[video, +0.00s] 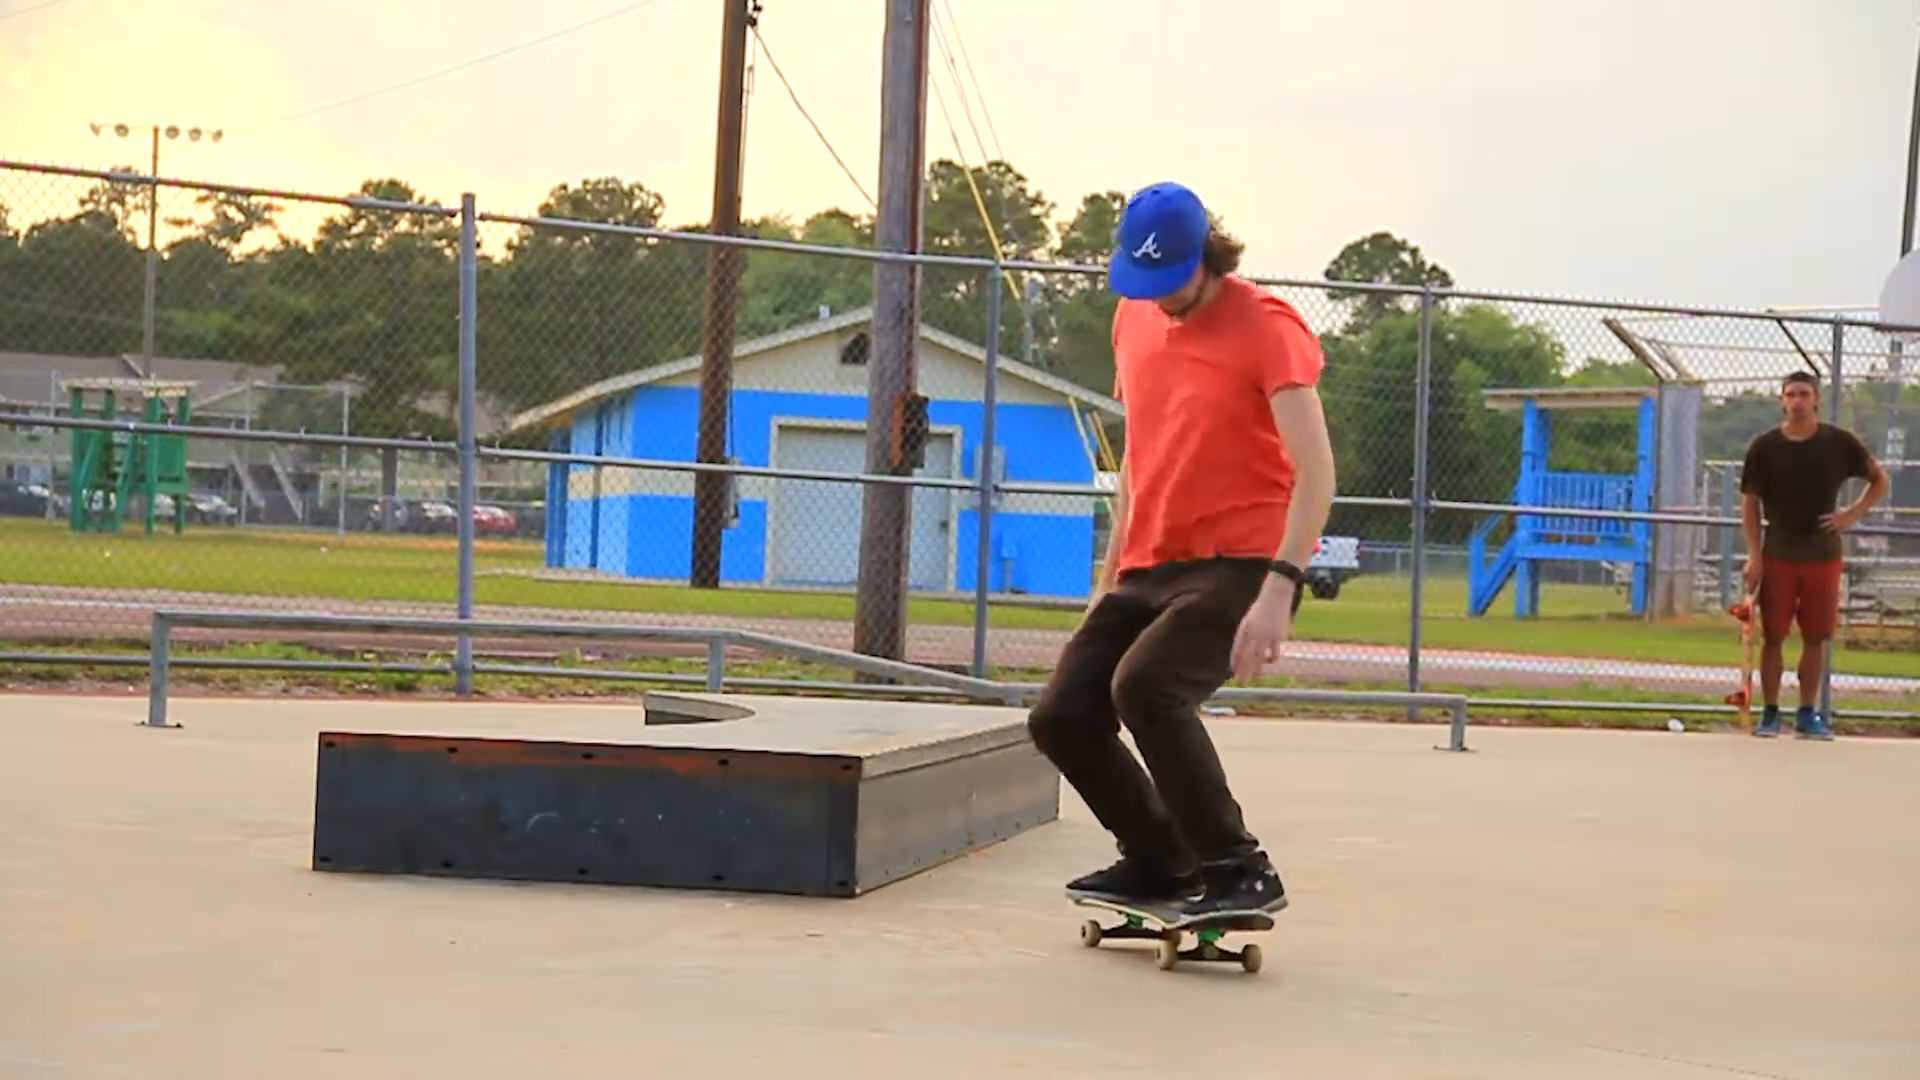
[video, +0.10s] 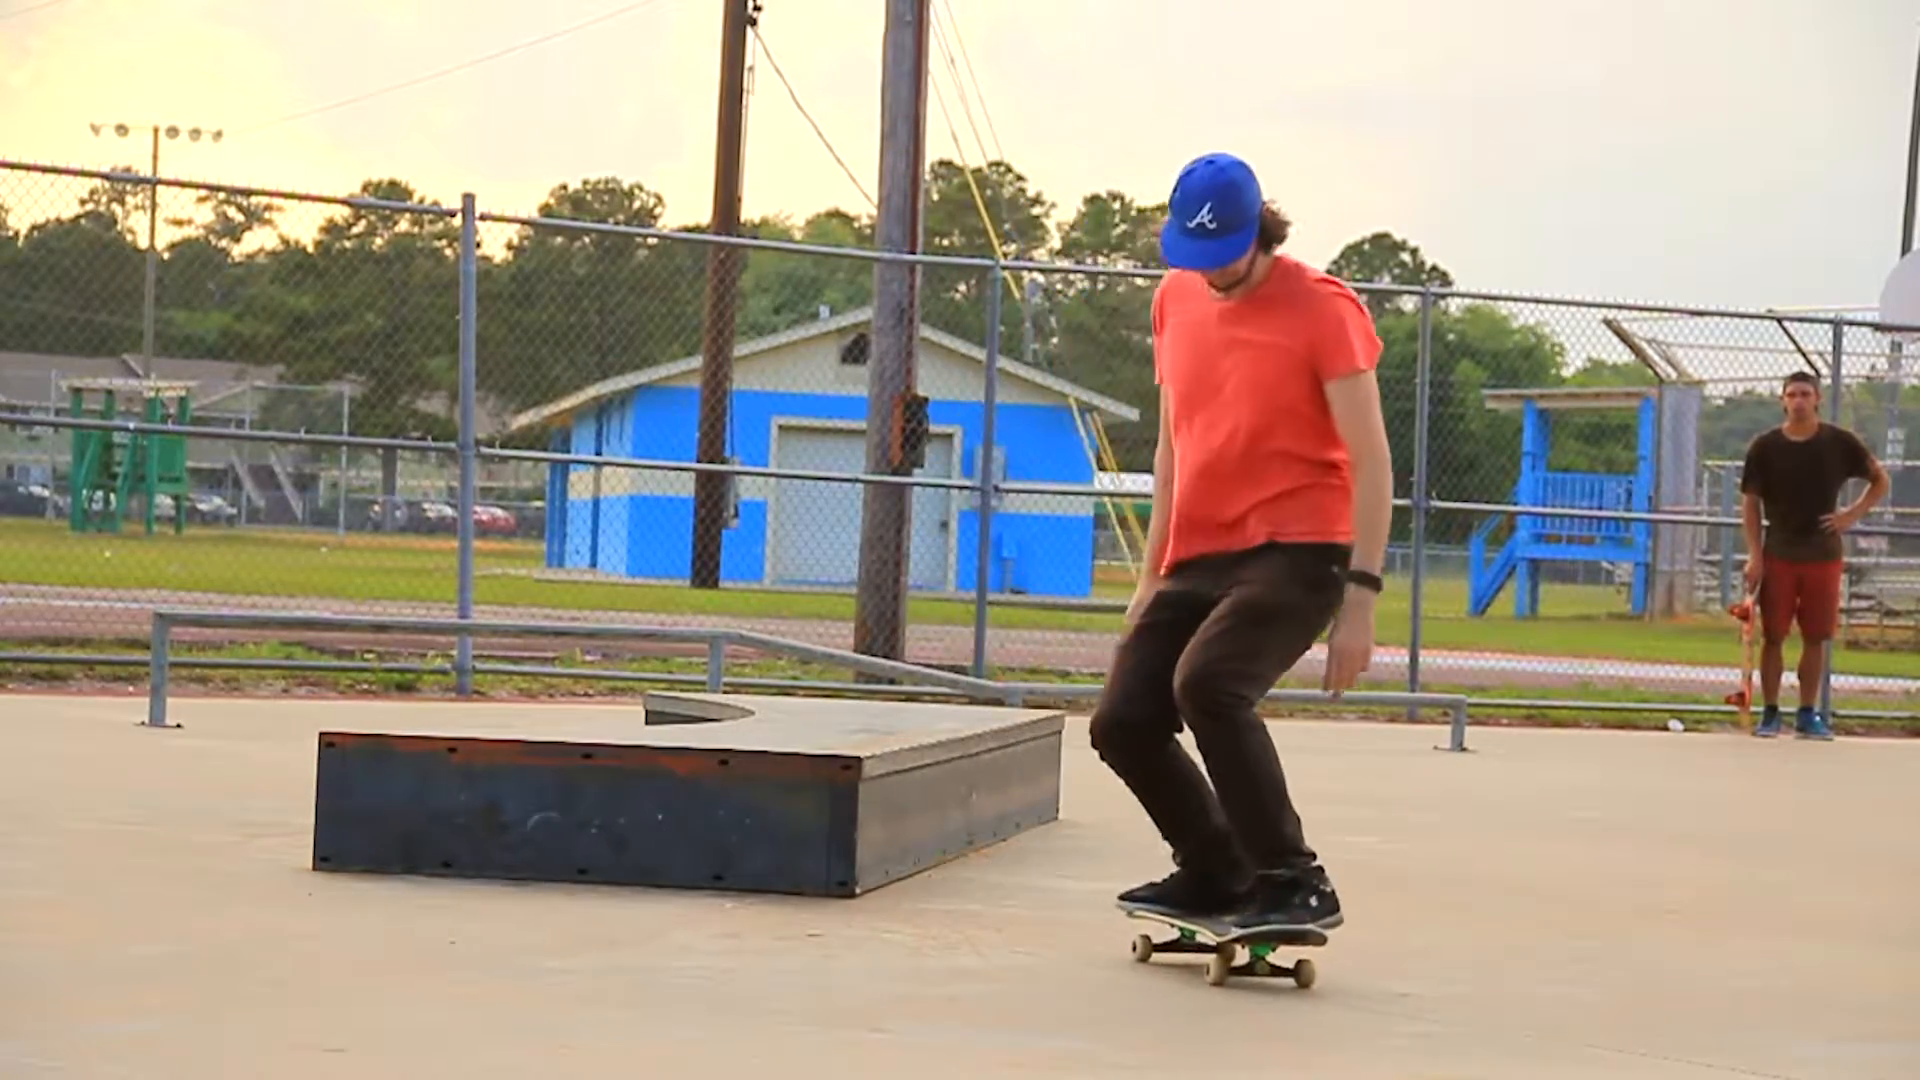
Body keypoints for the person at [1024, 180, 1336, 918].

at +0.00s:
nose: (1166, 302)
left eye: (1176, 286)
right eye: (1152, 289)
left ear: (1211, 258)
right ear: (1134, 267)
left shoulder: (1268, 328)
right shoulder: (1132, 318)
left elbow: (1316, 470)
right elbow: (1137, 454)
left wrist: (1281, 586)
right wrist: (1116, 566)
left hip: (1239, 570)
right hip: (1149, 571)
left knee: (1146, 686)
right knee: (1061, 720)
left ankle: (1237, 869)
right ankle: (1160, 864)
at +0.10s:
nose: (1214, 277)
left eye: (1227, 263)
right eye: (1201, 264)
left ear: (1262, 235)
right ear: (1182, 243)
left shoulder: (1324, 309)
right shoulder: (1174, 299)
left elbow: (1372, 458)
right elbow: (1171, 449)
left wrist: (1363, 591)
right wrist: (1152, 579)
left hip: (1300, 554)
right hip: (1199, 559)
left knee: (1208, 683)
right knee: (1122, 725)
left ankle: (1291, 882)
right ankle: (1216, 874)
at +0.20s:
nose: (1269, 238)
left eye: (1284, 222)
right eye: (1254, 224)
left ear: (1320, 196)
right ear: (1235, 203)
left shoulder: (1382, 274)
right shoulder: (1219, 268)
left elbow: (1425, 424)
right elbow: (1213, 416)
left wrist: (1437, 566)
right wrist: (1211, 546)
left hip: (1358, 521)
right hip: (1252, 531)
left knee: (1280, 676)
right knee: (1190, 716)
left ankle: (1354, 892)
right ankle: (1276, 883)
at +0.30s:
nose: (1334, 188)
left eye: (1351, 172)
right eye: (1318, 173)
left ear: (1384, 148)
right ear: (1293, 153)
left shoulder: (1441, 228)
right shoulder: (1270, 227)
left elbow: (1489, 385)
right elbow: (1266, 380)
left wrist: (1507, 523)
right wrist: (1270, 511)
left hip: (1418, 488)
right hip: (1308, 501)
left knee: (1350, 677)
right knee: (1264, 701)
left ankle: (1430, 906)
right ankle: (1338, 893)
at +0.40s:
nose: (1404, 138)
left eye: (1422, 122)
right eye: (1386, 120)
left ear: (1454, 103)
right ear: (1358, 100)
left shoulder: (1508, 186)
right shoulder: (1331, 184)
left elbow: (1557, 348)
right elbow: (1323, 349)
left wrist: (1573, 497)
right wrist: (1325, 488)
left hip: (1479, 462)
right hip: (1366, 474)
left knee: (1427, 679)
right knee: (1343, 697)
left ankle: (1514, 922)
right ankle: (1398, 905)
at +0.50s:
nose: (1481, 93)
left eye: (1500, 75)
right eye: (1462, 75)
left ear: (1531, 56)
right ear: (1432, 58)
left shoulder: (1582, 148)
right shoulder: (1396, 148)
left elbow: (1632, 316)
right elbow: (1379, 320)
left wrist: (1647, 471)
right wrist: (1382, 465)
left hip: (1546, 451)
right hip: (1428, 461)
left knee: (1520, 682)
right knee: (1422, 695)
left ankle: (1587, 934)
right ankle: (1457, 918)